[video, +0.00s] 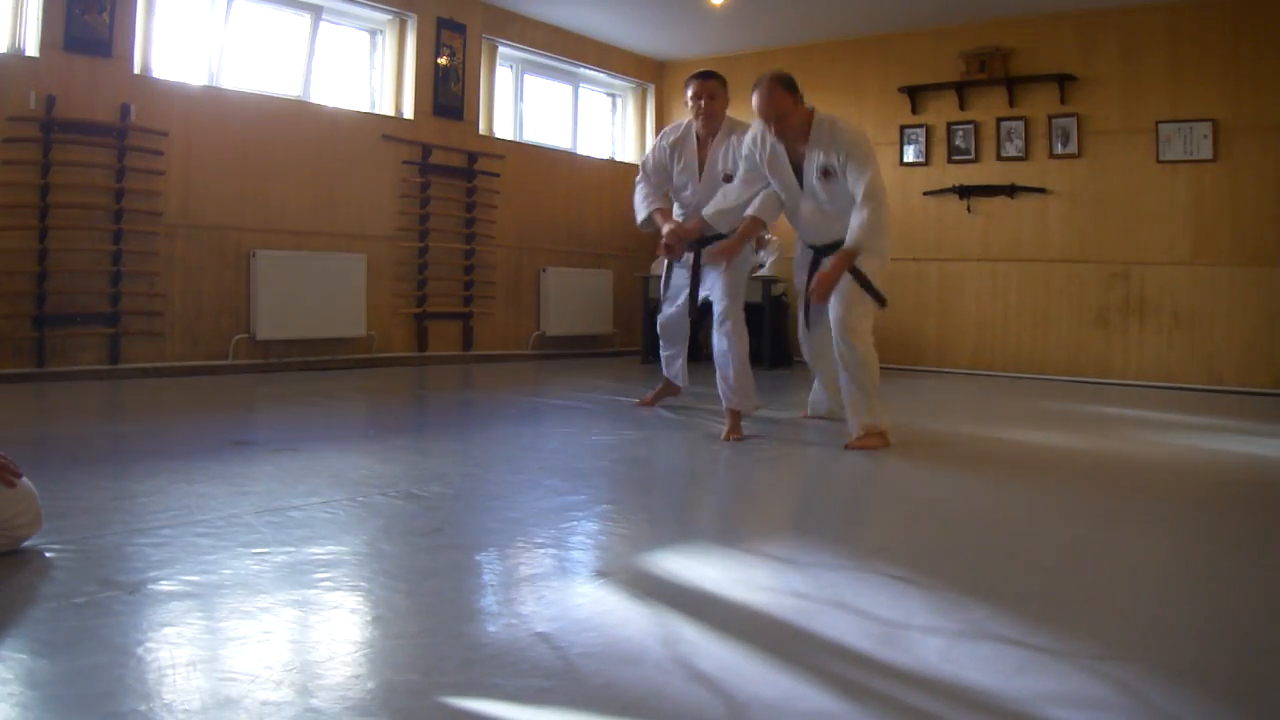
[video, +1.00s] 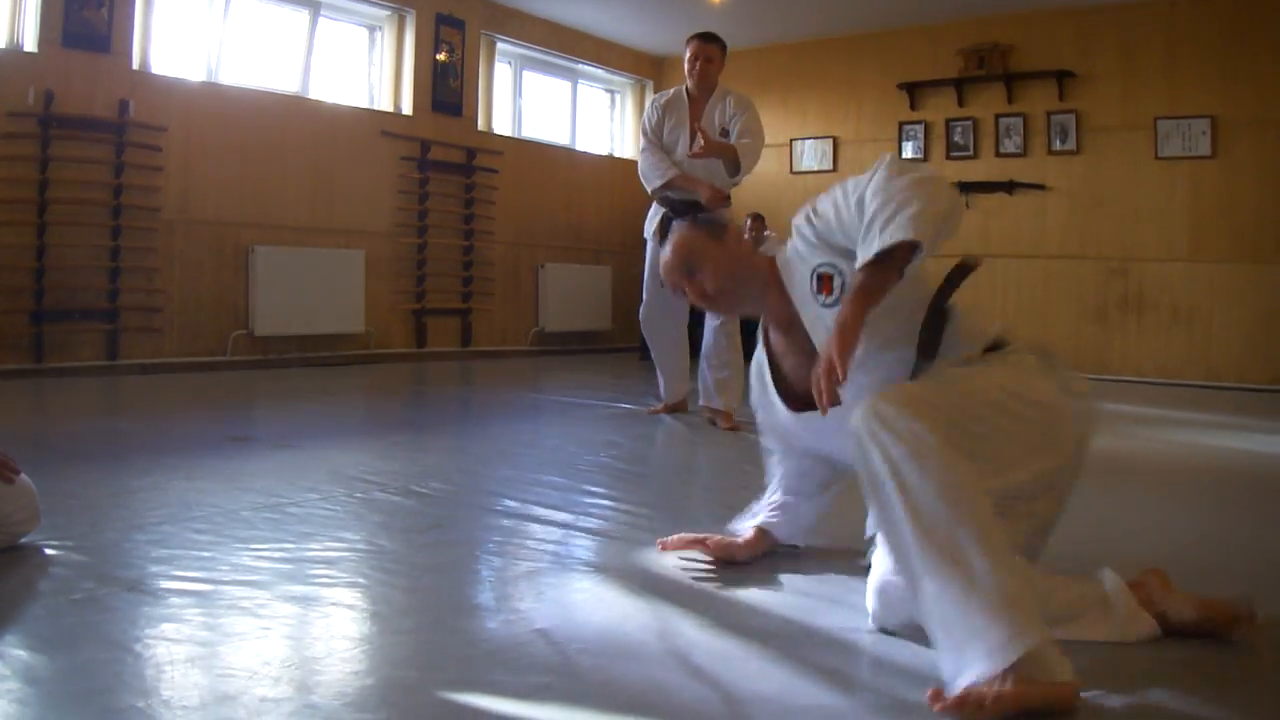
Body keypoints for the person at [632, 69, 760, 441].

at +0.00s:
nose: (703, 105)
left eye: (711, 97)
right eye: (696, 98)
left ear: (726, 100)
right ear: (687, 103)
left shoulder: (746, 137)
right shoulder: (671, 139)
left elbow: (764, 192)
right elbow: (647, 182)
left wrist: (737, 241)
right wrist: (666, 224)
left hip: (727, 241)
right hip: (684, 240)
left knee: (727, 318)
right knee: (670, 315)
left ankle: (733, 410)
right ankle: (672, 380)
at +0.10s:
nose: (715, 97)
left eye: (724, 90)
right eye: (708, 90)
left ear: (739, 95)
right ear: (698, 94)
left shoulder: (752, 131)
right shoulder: (680, 127)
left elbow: (755, 186)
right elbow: (654, 177)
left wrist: (714, 223)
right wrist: (684, 218)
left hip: (733, 233)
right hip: (685, 230)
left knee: (737, 314)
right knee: (674, 307)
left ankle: (735, 411)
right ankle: (670, 373)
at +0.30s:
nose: (727, 71)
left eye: (736, 65)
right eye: (720, 64)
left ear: (750, 70)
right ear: (708, 67)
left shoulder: (766, 110)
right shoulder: (689, 102)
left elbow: (788, 162)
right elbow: (671, 155)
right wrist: (723, 133)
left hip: (740, 224)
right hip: (690, 222)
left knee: (740, 320)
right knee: (677, 306)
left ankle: (735, 413)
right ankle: (671, 373)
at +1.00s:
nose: (699, 66)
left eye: (708, 60)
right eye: (693, 59)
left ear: (722, 66)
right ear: (684, 63)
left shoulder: (737, 106)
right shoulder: (661, 106)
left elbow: (752, 150)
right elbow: (649, 161)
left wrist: (719, 148)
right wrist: (698, 187)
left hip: (717, 217)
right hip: (667, 216)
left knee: (722, 312)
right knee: (659, 308)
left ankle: (719, 403)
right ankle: (673, 395)